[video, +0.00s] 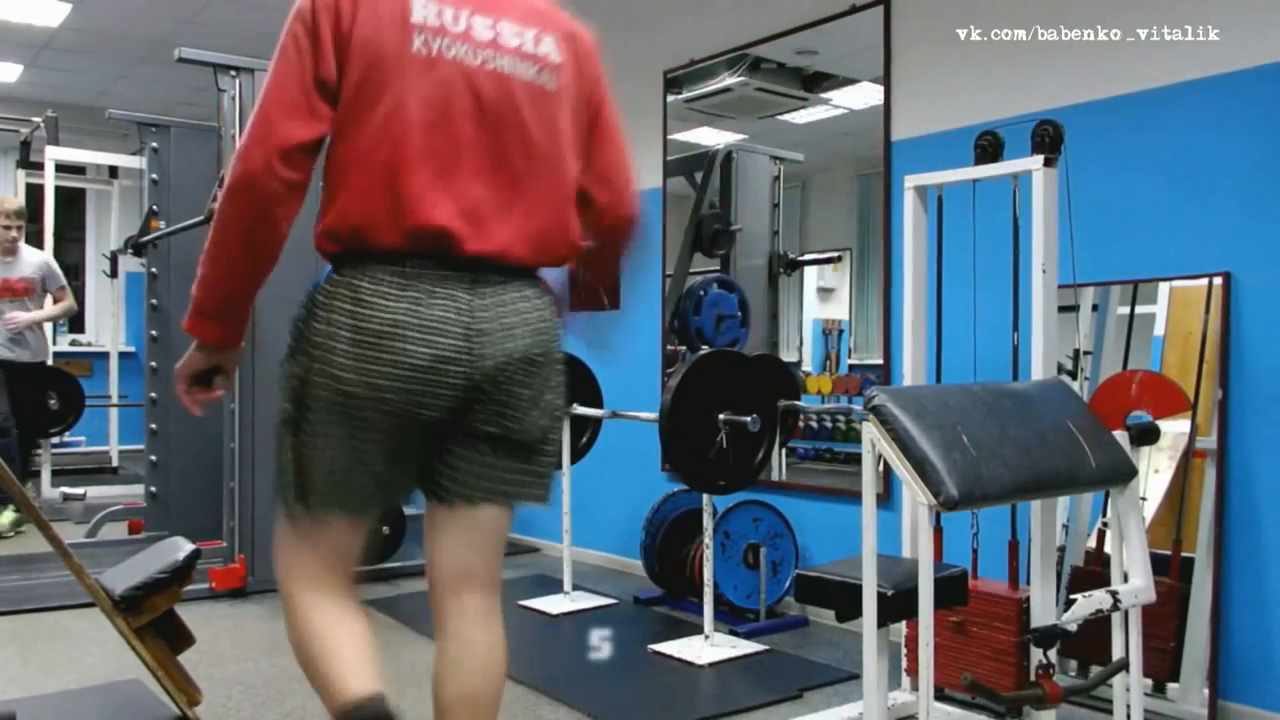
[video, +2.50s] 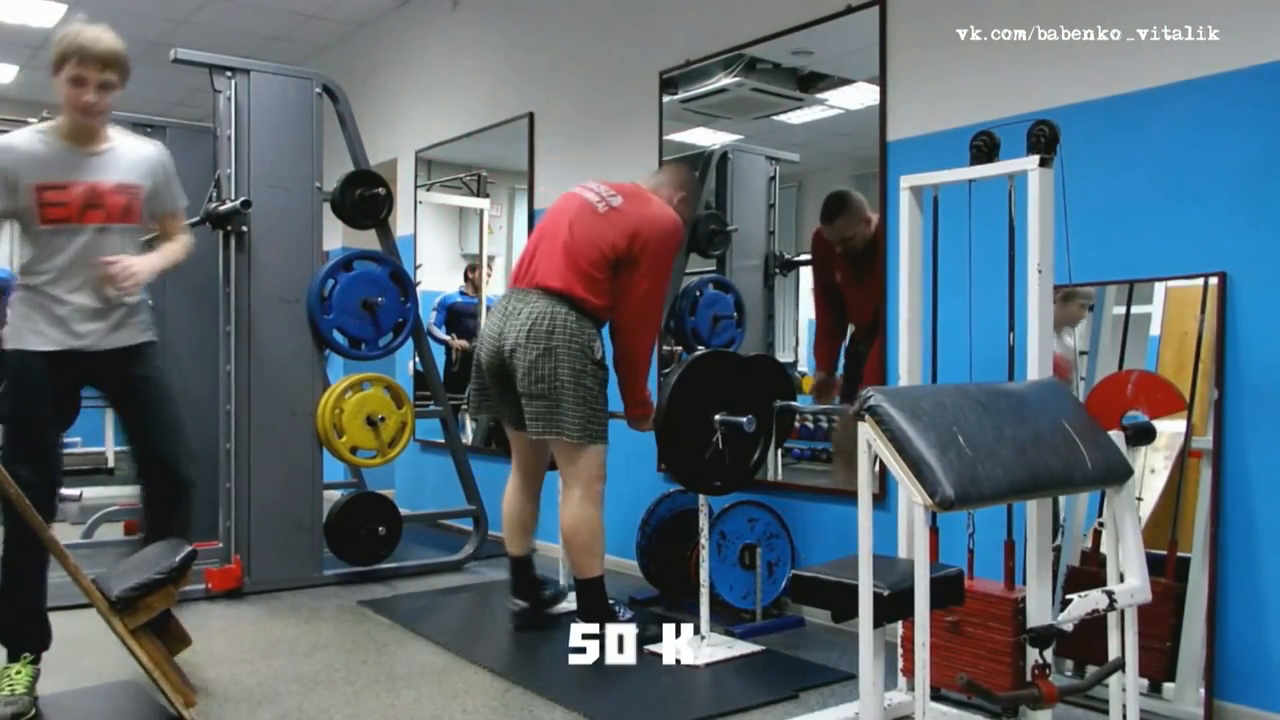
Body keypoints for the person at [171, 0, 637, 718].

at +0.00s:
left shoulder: (340, 10)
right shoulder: (565, 34)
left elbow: (267, 168)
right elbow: (615, 203)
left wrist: (216, 328)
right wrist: (589, 279)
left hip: (376, 305)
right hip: (516, 312)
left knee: (319, 569)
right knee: (471, 591)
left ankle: (368, 709)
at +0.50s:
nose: (424, 40)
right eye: (421, 32)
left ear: (344, 32)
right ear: (419, 34)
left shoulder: (283, 90)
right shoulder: (462, 94)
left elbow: (234, 225)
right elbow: (466, 190)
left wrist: (220, 349)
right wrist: (446, 83)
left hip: (307, 326)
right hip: (419, 331)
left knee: (306, 535)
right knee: (424, 520)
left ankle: (303, 709)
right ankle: (417, 665)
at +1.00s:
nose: (493, 122)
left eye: (494, 113)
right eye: (494, 112)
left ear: (433, 87)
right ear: (479, 97)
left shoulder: (354, 131)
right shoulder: (489, 158)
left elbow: (308, 234)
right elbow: (502, 265)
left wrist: (331, 305)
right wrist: (451, 249)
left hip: (354, 332)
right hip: (444, 341)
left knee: (333, 496)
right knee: (430, 505)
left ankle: (317, 617)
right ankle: (414, 655)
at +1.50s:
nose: (527, 162)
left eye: (530, 155)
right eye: (529, 153)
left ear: (482, 128)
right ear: (513, 135)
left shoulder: (414, 175)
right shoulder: (515, 171)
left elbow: (367, 261)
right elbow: (538, 273)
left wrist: (368, 358)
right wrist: (570, 369)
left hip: (429, 337)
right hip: (489, 338)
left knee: (456, 481)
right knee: (477, 488)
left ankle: (468, 602)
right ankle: (421, 628)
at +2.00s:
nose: (591, 188)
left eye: (596, 182)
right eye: (594, 178)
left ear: (563, 145)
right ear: (583, 156)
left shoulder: (506, 177)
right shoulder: (559, 185)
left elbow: (499, 272)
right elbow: (579, 284)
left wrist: (561, 341)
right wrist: (616, 368)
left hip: (475, 328)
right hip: (526, 331)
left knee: (491, 472)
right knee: (572, 473)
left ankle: (471, 604)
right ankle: (598, 609)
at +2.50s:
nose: (683, 221)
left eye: (687, 216)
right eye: (687, 215)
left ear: (653, 182)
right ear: (678, 199)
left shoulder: (592, 192)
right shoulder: (662, 221)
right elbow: (635, 323)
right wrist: (639, 406)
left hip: (504, 320)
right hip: (558, 332)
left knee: (526, 465)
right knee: (581, 479)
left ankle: (524, 593)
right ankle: (596, 616)